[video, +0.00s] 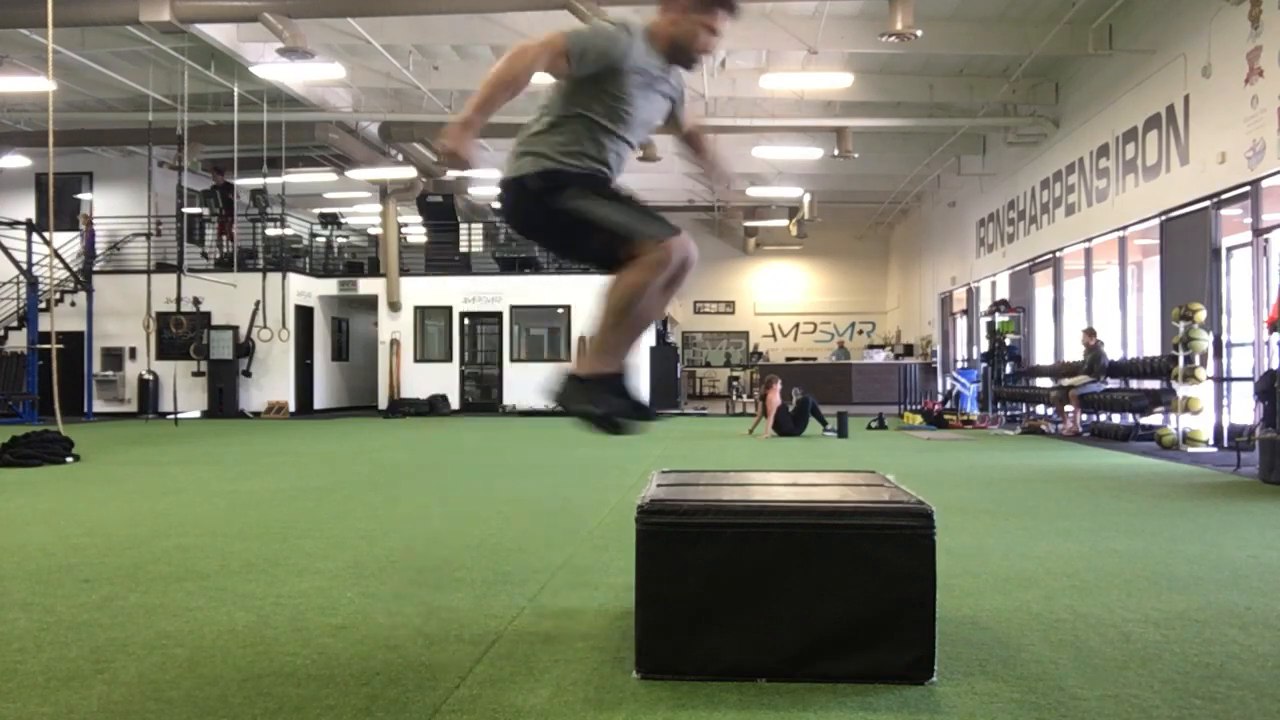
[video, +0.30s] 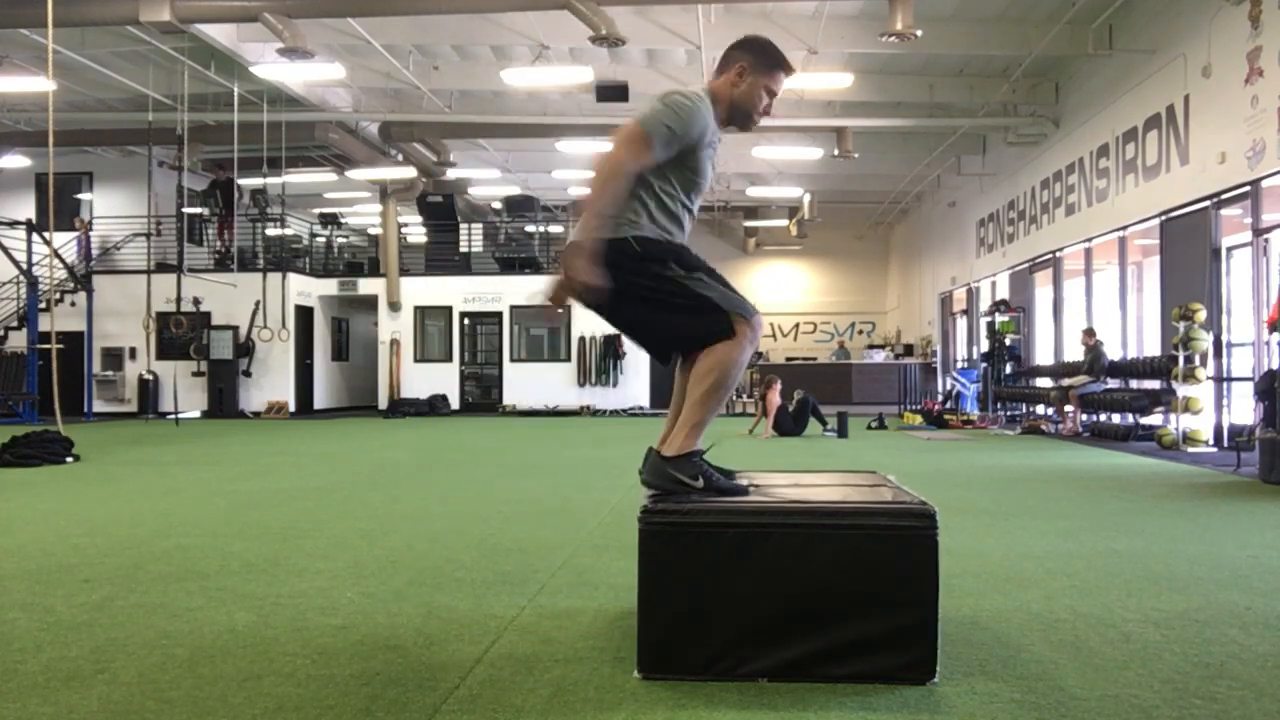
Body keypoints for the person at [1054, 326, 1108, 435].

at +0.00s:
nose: (1082, 340)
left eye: (1084, 337)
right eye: (1082, 337)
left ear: (1092, 338)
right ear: (1089, 338)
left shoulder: (1099, 353)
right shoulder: (1087, 352)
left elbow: (1097, 376)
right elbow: (1085, 370)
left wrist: (1077, 380)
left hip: (1098, 382)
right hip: (1085, 380)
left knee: (1073, 393)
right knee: (1058, 395)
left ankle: (1076, 426)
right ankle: (1066, 425)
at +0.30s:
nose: (1081, 340)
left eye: (1083, 337)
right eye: (1082, 337)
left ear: (1090, 338)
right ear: (1089, 337)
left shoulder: (1099, 353)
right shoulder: (1088, 352)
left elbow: (1096, 376)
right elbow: (1085, 371)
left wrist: (1076, 380)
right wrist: (1073, 380)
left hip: (1098, 382)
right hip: (1086, 380)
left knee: (1073, 393)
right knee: (1057, 395)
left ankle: (1076, 426)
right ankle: (1066, 425)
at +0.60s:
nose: (1081, 340)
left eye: (1083, 337)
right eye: (1082, 337)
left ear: (1090, 338)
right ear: (1089, 338)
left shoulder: (1099, 353)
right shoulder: (1087, 352)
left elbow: (1097, 376)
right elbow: (1085, 371)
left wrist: (1077, 380)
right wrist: (1073, 380)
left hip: (1098, 382)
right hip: (1086, 380)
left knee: (1073, 393)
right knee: (1057, 395)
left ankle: (1076, 426)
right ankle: (1066, 425)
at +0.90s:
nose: (1082, 340)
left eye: (1084, 337)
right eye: (1082, 337)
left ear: (1091, 338)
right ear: (1089, 338)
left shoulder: (1099, 353)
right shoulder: (1087, 352)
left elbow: (1097, 376)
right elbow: (1085, 371)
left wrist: (1076, 381)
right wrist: (1073, 380)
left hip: (1098, 382)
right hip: (1086, 380)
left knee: (1074, 393)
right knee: (1057, 395)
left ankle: (1076, 426)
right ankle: (1066, 425)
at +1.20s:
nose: (1082, 340)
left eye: (1084, 337)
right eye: (1082, 337)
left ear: (1091, 338)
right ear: (1089, 338)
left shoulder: (1099, 353)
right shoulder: (1086, 351)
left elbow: (1097, 376)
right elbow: (1084, 370)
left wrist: (1076, 380)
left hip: (1098, 382)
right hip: (1086, 380)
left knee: (1074, 393)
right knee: (1057, 395)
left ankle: (1076, 426)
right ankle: (1066, 425)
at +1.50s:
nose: (1081, 340)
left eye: (1084, 337)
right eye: (1082, 337)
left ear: (1091, 338)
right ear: (1089, 338)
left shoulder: (1099, 353)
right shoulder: (1086, 351)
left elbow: (1097, 377)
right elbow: (1084, 370)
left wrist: (1076, 380)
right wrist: (1073, 379)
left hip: (1098, 382)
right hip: (1085, 380)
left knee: (1074, 393)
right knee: (1057, 395)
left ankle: (1076, 426)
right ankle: (1066, 425)